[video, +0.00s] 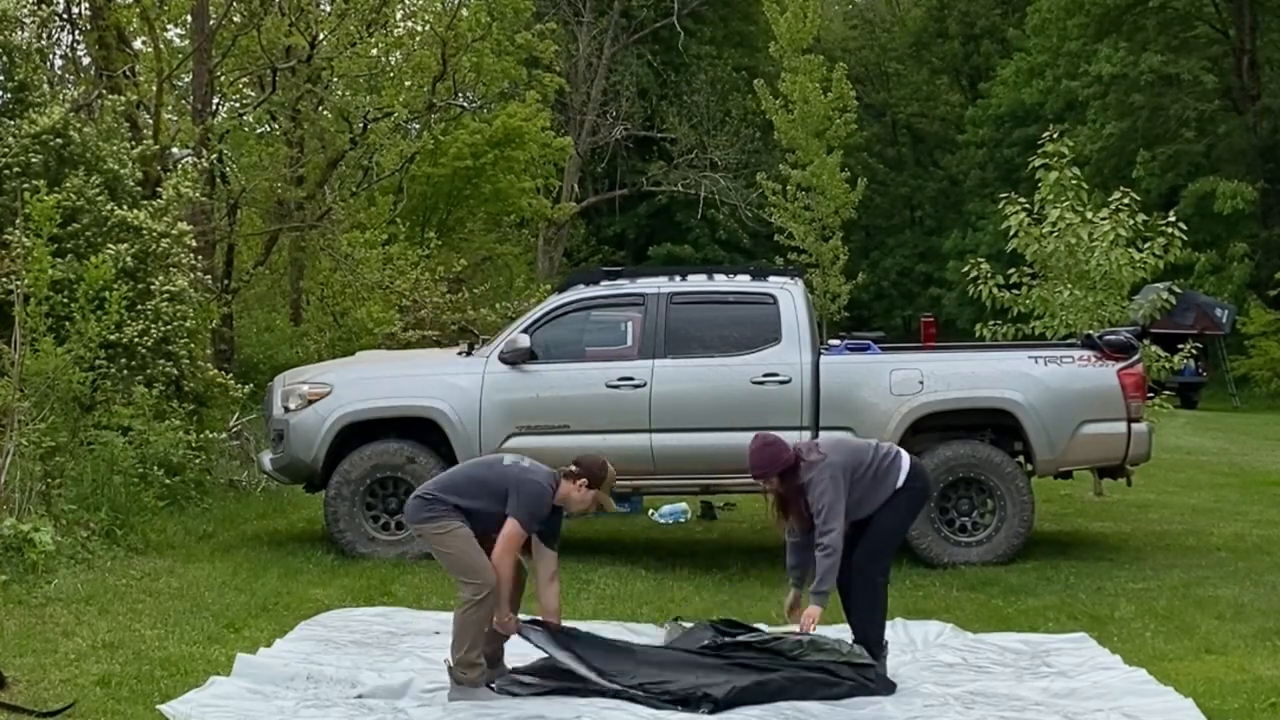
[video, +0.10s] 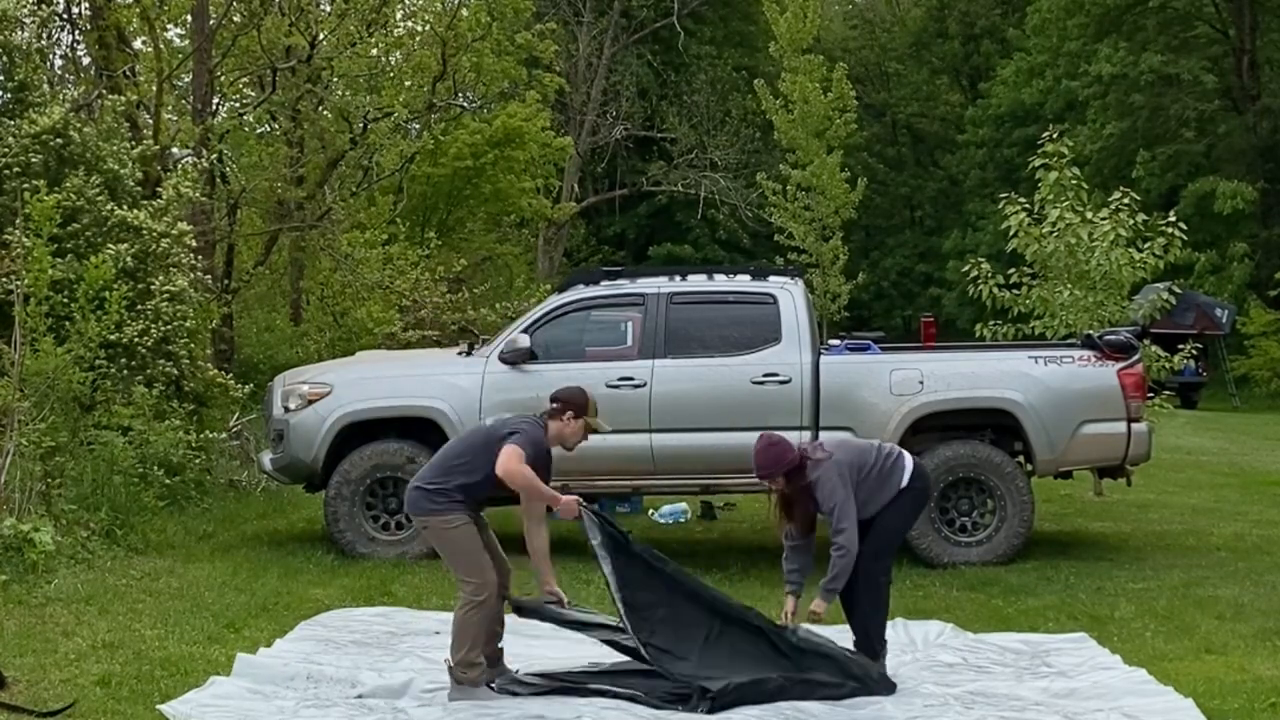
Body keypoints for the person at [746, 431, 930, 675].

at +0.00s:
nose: (765, 487)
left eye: (768, 480)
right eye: (761, 481)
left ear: (783, 470)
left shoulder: (824, 470)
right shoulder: (793, 475)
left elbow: (830, 539)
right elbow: (798, 532)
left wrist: (817, 603)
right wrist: (795, 587)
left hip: (905, 482)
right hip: (873, 488)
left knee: (867, 565)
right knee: (845, 567)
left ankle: (872, 660)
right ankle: (867, 650)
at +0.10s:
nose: (771, 486)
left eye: (774, 479)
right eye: (767, 481)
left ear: (788, 470)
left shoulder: (827, 470)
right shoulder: (796, 478)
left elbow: (846, 542)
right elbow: (796, 536)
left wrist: (825, 597)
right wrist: (792, 592)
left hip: (907, 483)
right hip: (871, 489)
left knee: (870, 567)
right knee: (848, 571)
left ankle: (871, 659)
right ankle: (868, 652)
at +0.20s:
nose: (780, 477)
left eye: (781, 470)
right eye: (775, 472)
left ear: (794, 463)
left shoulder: (833, 469)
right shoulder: (799, 475)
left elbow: (855, 530)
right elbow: (797, 533)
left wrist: (852, 593)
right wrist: (792, 587)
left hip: (907, 481)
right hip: (875, 488)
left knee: (874, 569)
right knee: (845, 570)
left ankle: (873, 663)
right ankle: (868, 656)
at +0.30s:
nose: (783, 460)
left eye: (786, 454)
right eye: (778, 455)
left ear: (802, 447)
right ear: (778, 452)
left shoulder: (837, 457)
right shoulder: (801, 462)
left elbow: (858, 518)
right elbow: (800, 517)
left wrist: (858, 583)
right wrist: (797, 574)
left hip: (906, 481)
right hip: (872, 491)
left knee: (876, 568)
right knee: (848, 574)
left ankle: (872, 662)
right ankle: (868, 657)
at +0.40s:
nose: (779, 437)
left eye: (782, 431)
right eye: (777, 432)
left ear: (796, 427)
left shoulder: (834, 441)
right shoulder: (798, 444)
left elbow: (854, 502)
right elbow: (799, 496)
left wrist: (861, 566)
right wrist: (800, 550)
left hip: (900, 481)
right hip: (866, 488)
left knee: (873, 572)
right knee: (849, 572)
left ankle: (873, 667)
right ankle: (869, 657)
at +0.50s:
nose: (766, 419)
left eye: (768, 412)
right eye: (763, 413)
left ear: (782, 410)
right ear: (784, 406)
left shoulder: (821, 425)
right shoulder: (791, 427)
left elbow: (842, 488)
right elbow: (792, 479)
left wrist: (842, 549)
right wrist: (784, 531)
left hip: (887, 477)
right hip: (851, 484)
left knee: (864, 562)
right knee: (827, 560)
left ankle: (871, 661)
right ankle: (838, 640)